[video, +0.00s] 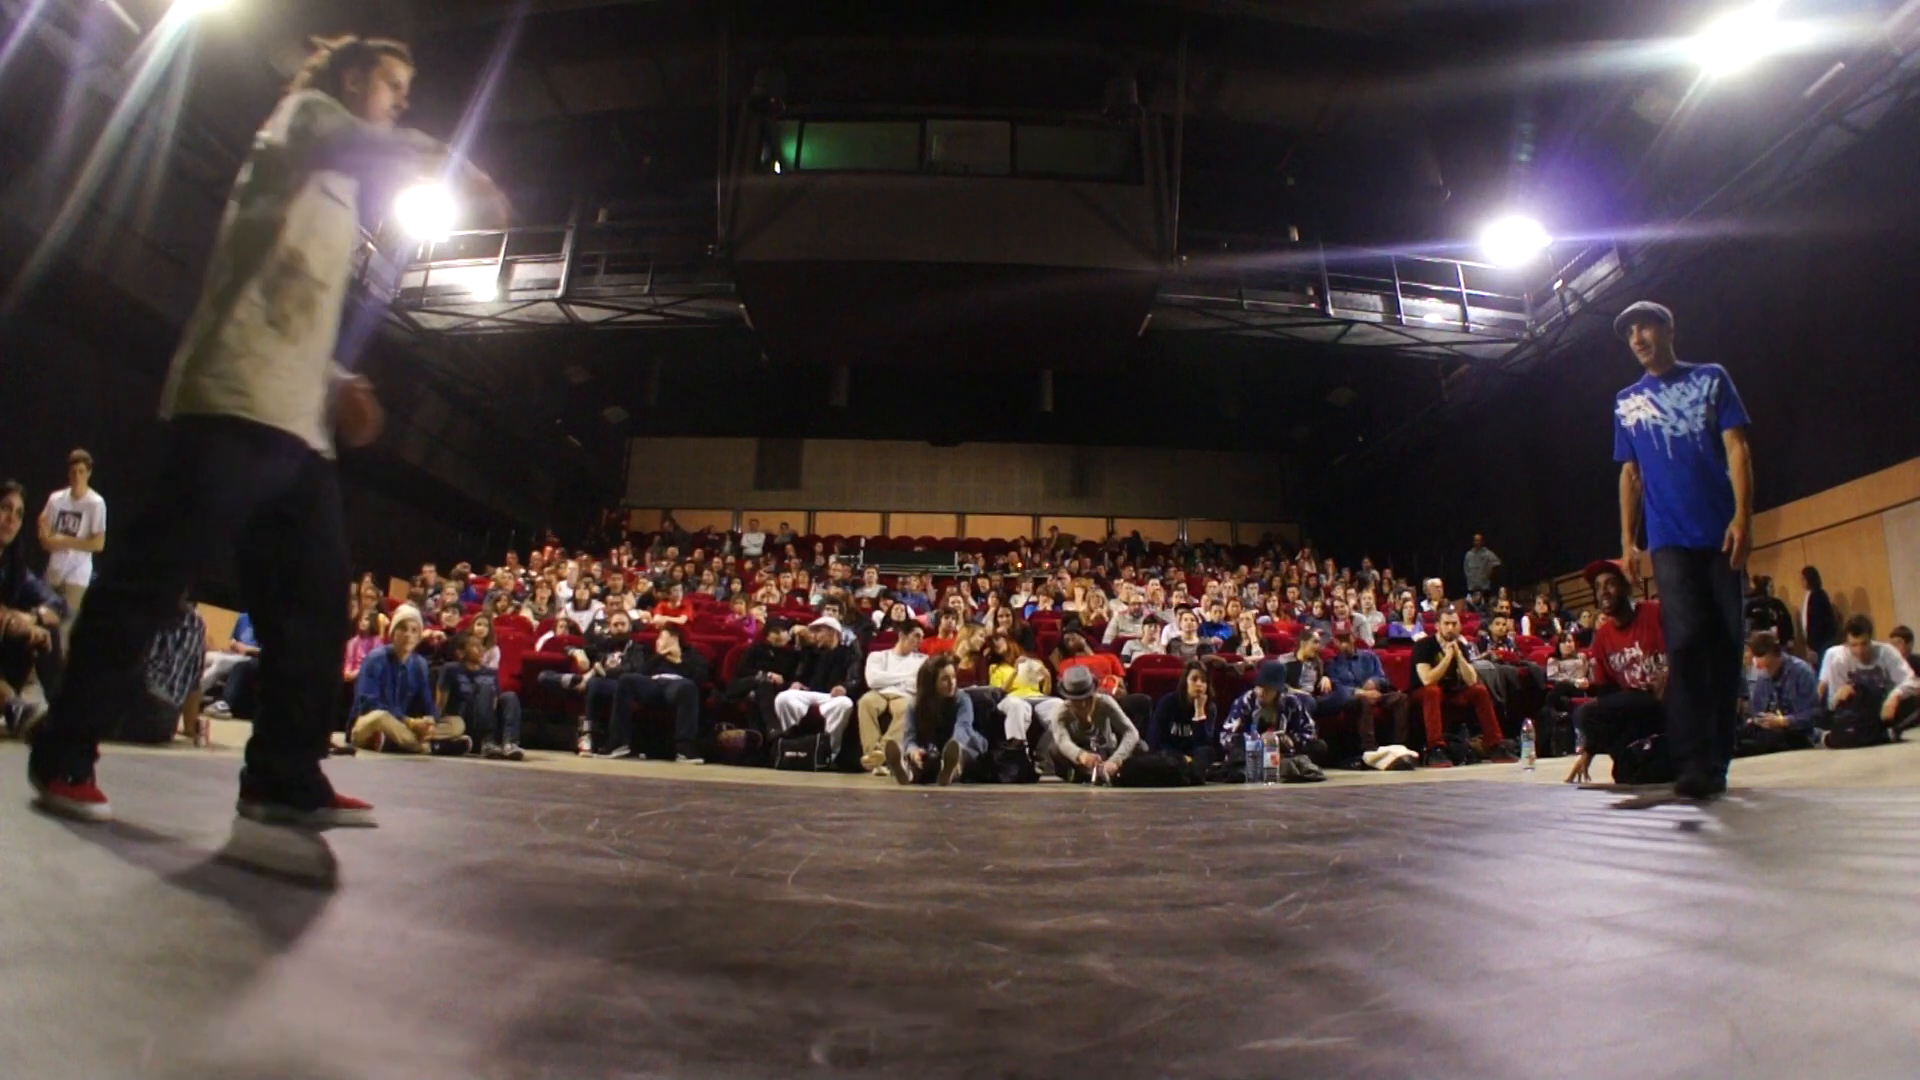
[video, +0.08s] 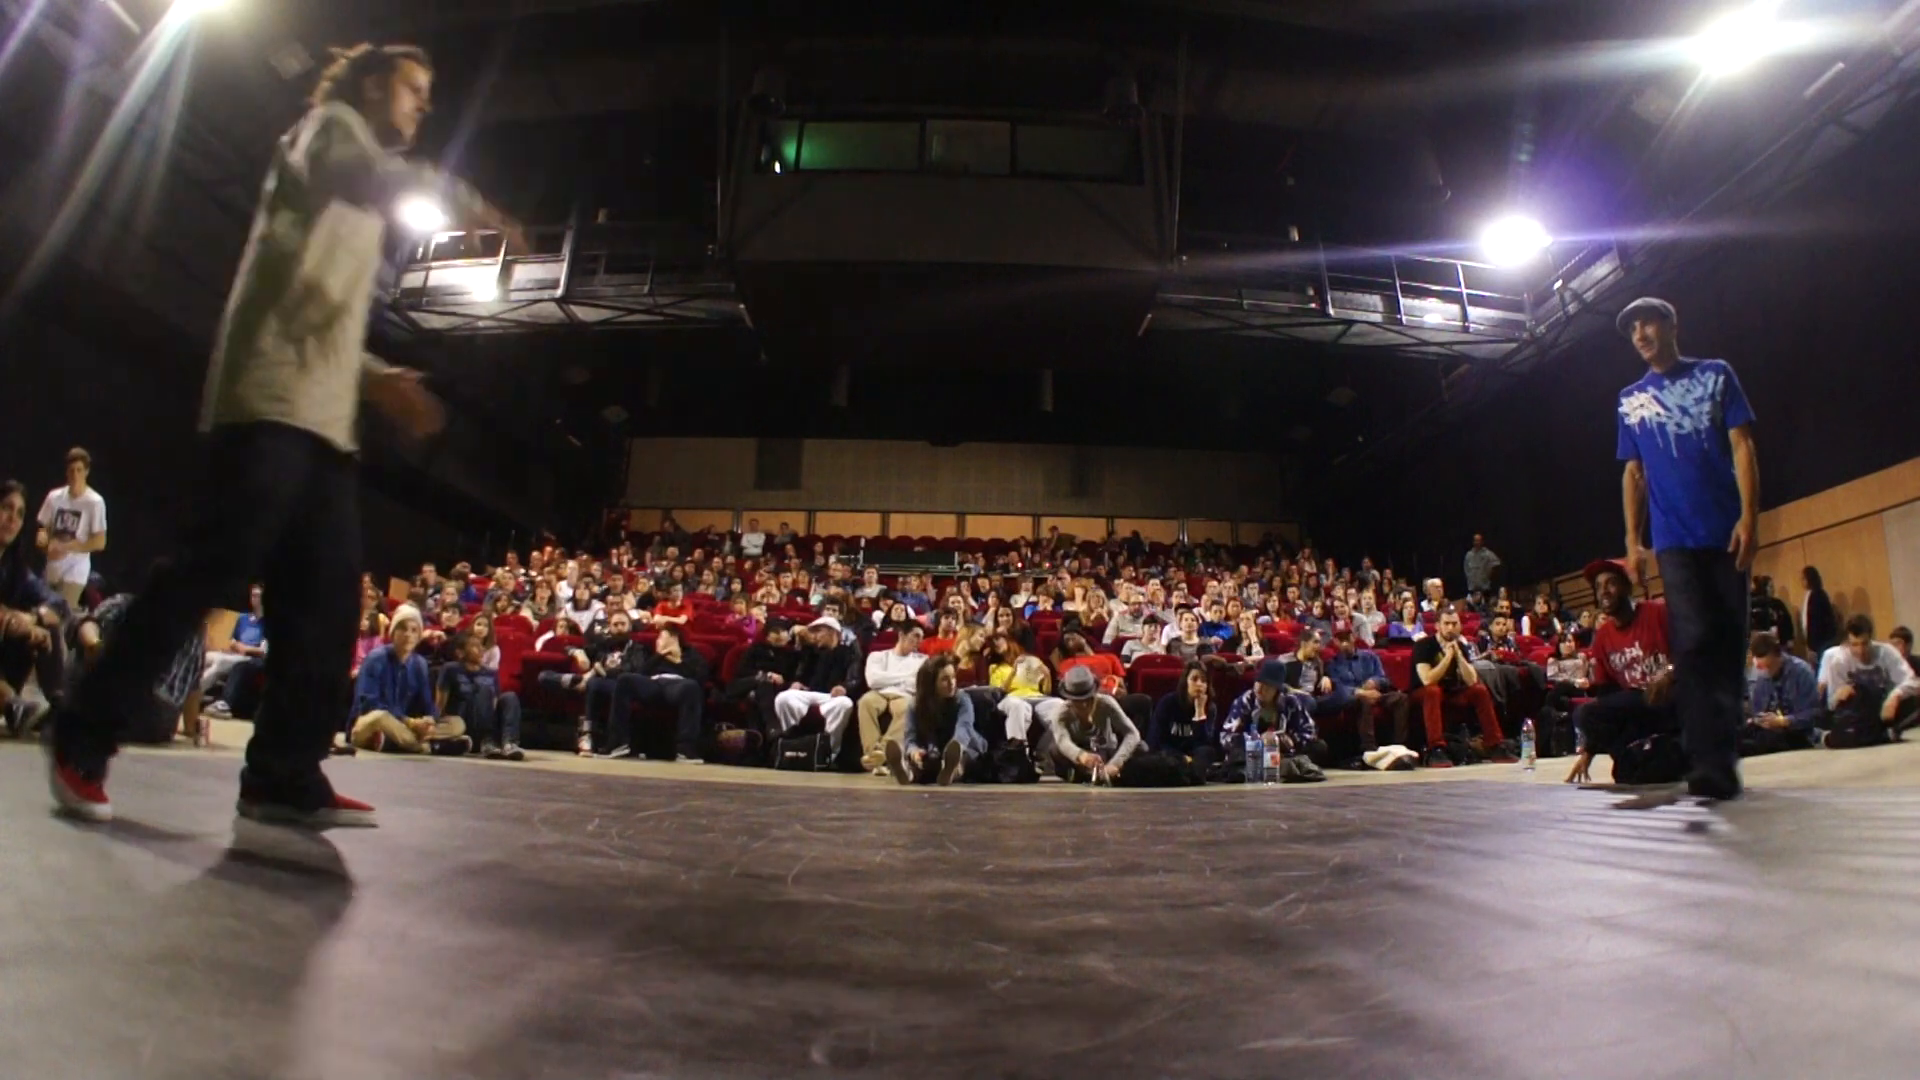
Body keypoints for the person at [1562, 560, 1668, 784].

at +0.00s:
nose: (1603, 592)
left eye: (1610, 584)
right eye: (1598, 587)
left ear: (1626, 588)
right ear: (1595, 595)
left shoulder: (1655, 613)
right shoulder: (1602, 636)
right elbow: (1604, 692)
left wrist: (1669, 676)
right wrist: (1586, 752)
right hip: (1633, 703)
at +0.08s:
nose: (1604, 591)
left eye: (1611, 583)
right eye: (1599, 587)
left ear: (1627, 588)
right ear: (1596, 595)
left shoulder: (1659, 613)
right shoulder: (1602, 637)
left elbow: (1689, 651)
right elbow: (1605, 694)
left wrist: (1671, 674)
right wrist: (1586, 754)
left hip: (1673, 696)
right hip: (1635, 702)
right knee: (1587, 714)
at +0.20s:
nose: (1607, 588)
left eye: (1615, 580)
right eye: (1602, 583)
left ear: (1631, 585)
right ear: (1598, 590)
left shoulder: (1663, 611)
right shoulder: (1604, 634)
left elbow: (1686, 660)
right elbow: (1603, 691)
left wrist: (1660, 682)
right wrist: (1586, 754)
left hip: (1670, 693)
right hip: (1631, 698)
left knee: (1691, 684)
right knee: (1588, 712)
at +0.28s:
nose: (1612, 585)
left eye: (1620, 577)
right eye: (1606, 579)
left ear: (1636, 582)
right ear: (1602, 587)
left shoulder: (1667, 610)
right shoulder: (1605, 634)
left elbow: (1688, 661)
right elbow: (1604, 692)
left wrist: (1658, 683)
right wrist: (1586, 753)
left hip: (1668, 696)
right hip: (1630, 700)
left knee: (1688, 684)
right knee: (1584, 713)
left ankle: (1685, 761)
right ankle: (1634, 761)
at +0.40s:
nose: (1620, 581)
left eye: (1627, 574)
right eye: (1615, 576)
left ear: (1645, 579)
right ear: (1611, 583)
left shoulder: (1673, 608)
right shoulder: (1614, 630)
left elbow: (1688, 658)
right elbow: (1605, 686)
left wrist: (1652, 685)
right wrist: (1581, 749)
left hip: (1667, 693)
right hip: (1631, 695)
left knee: (1684, 687)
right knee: (1582, 712)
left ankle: (1686, 761)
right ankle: (1632, 759)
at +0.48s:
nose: (1626, 578)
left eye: (1634, 571)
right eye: (1620, 573)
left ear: (1650, 576)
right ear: (1617, 580)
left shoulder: (1676, 605)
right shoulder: (1616, 629)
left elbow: (1690, 658)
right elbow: (1607, 681)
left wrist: (1649, 685)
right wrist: (1571, 731)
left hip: (1668, 694)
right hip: (1634, 698)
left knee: (1681, 689)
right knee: (1582, 714)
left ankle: (1686, 759)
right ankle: (1630, 759)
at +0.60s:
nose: (1630, 576)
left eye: (1638, 568)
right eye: (1625, 570)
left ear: (1654, 573)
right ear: (1621, 578)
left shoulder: (1680, 603)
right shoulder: (1620, 622)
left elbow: (1692, 658)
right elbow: (1607, 675)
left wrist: (1644, 683)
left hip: (1669, 693)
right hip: (1633, 695)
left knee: (1677, 690)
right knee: (1583, 711)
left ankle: (1685, 759)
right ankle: (1629, 761)